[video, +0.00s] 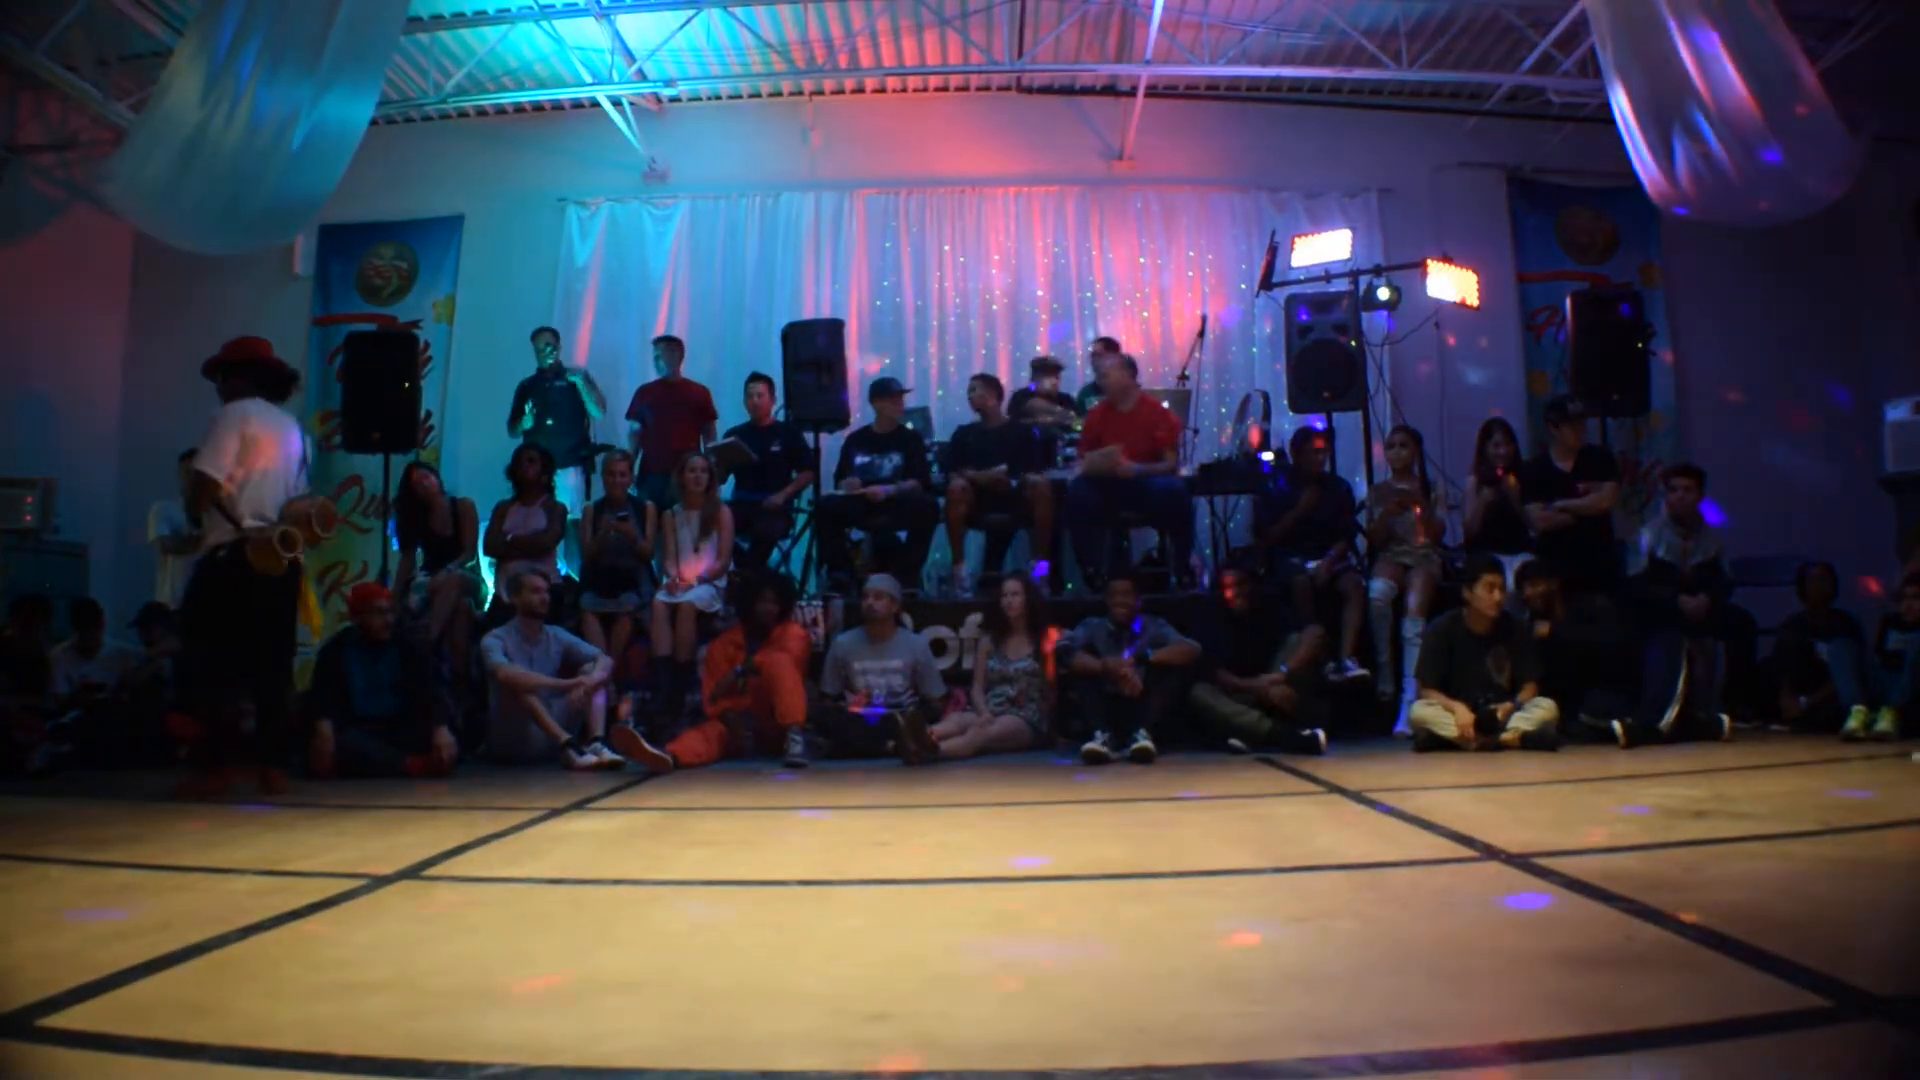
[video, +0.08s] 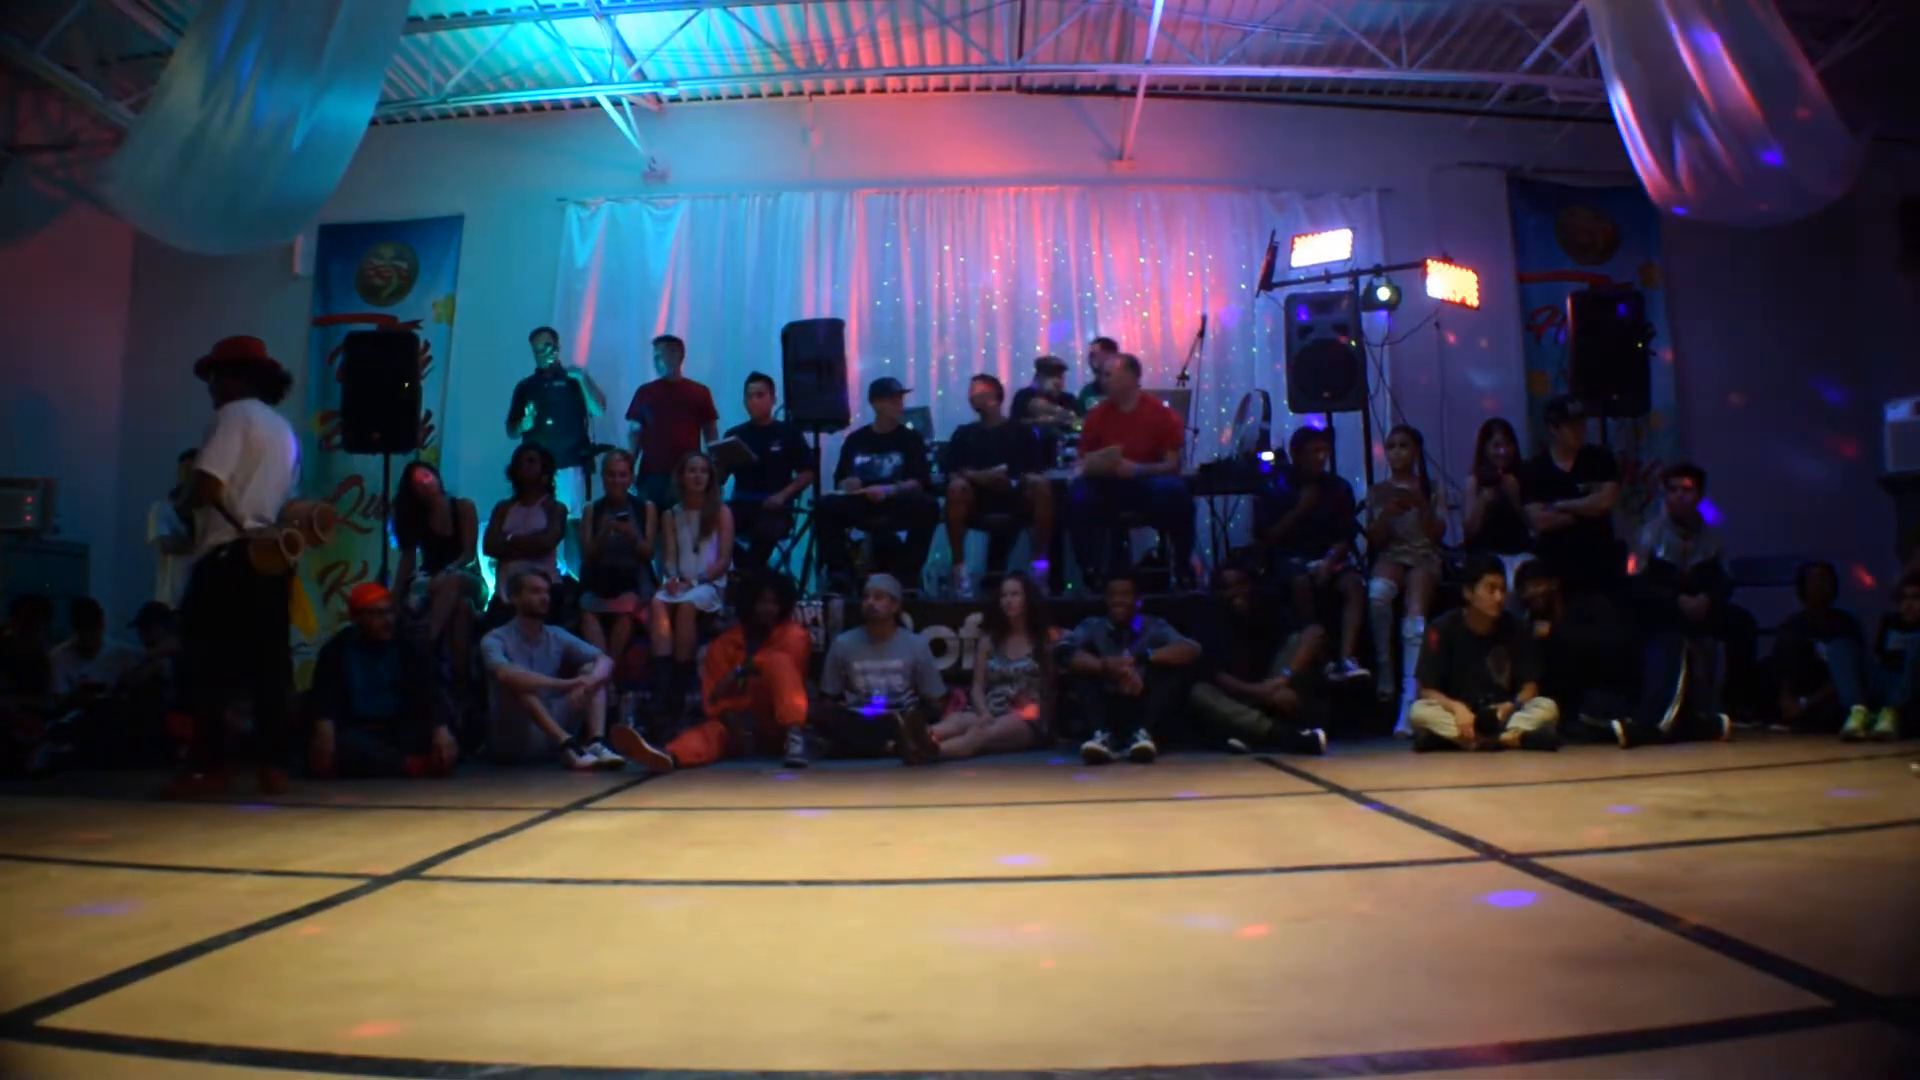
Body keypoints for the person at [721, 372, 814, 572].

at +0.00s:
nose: (754, 401)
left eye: (760, 396)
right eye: (749, 396)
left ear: (772, 400)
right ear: (745, 401)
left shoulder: (788, 433)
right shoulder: (734, 435)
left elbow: (808, 472)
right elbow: (720, 478)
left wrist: (782, 496)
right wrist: (721, 458)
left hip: (774, 503)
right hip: (742, 503)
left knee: (766, 532)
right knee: (720, 523)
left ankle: (752, 574)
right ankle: (744, 564)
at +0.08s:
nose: (754, 401)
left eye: (760, 395)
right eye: (750, 396)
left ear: (773, 399)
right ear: (745, 401)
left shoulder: (788, 433)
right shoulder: (734, 435)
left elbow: (808, 472)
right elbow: (720, 477)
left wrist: (782, 496)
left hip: (774, 503)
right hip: (742, 502)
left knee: (767, 532)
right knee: (721, 524)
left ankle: (752, 573)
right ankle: (743, 565)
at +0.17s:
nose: (754, 402)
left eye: (760, 396)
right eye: (750, 396)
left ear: (773, 400)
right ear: (745, 401)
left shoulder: (788, 433)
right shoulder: (735, 435)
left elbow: (808, 472)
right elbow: (720, 474)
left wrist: (782, 496)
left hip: (774, 503)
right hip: (742, 502)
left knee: (766, 532)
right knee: (720, 525)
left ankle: (754, 573)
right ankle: (743, 564)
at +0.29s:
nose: (755, 402)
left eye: (760, 396)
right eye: (750, 397)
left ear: (773, 400)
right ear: (746, 402)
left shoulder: (789, 433)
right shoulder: (736, 436)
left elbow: (809, 471)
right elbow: (721, 477)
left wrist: (783, 493)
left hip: (776, 501)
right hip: (743, 501)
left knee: (767, 532)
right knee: (721, 524)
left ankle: (753, 572)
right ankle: (744, 564)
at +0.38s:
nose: (755, 402)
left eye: (760, 397)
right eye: (750, 397)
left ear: (773, 400)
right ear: (745, 402)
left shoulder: (789, 434)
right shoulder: (736, 436)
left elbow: (809, 472)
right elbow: (721, 478)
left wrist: (787, 486)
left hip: (776, 501)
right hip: (743, 502)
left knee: (766, 532)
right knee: (721, 525)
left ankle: (754, 573)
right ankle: (745, 564)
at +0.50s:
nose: (754, 403)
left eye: (760, 397)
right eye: (750, 397)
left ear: (773, 400)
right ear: (745, 402)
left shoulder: (790, 434)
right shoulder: (735, 435)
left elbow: (808, 471)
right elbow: (721, 476)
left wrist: (782, 477)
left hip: (777, 504)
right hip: (742, 501)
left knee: (766, 533)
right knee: (718, 524)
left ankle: (753, 575)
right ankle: (744, 563)